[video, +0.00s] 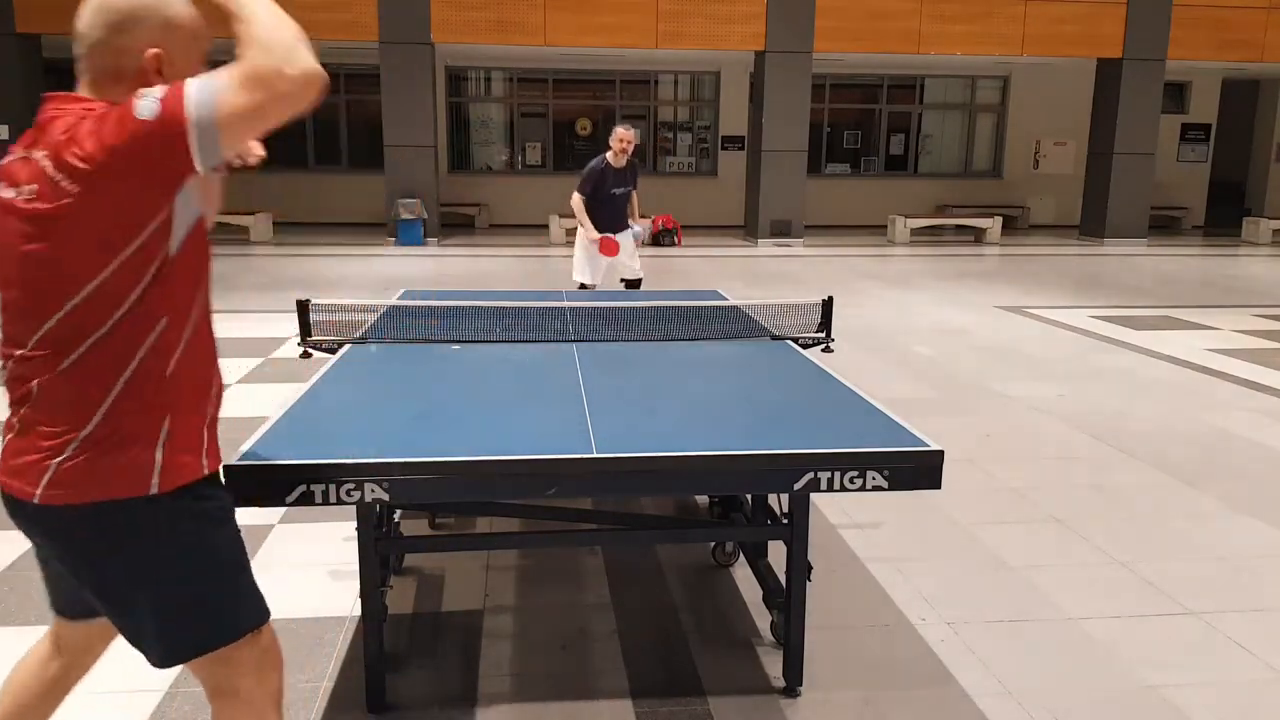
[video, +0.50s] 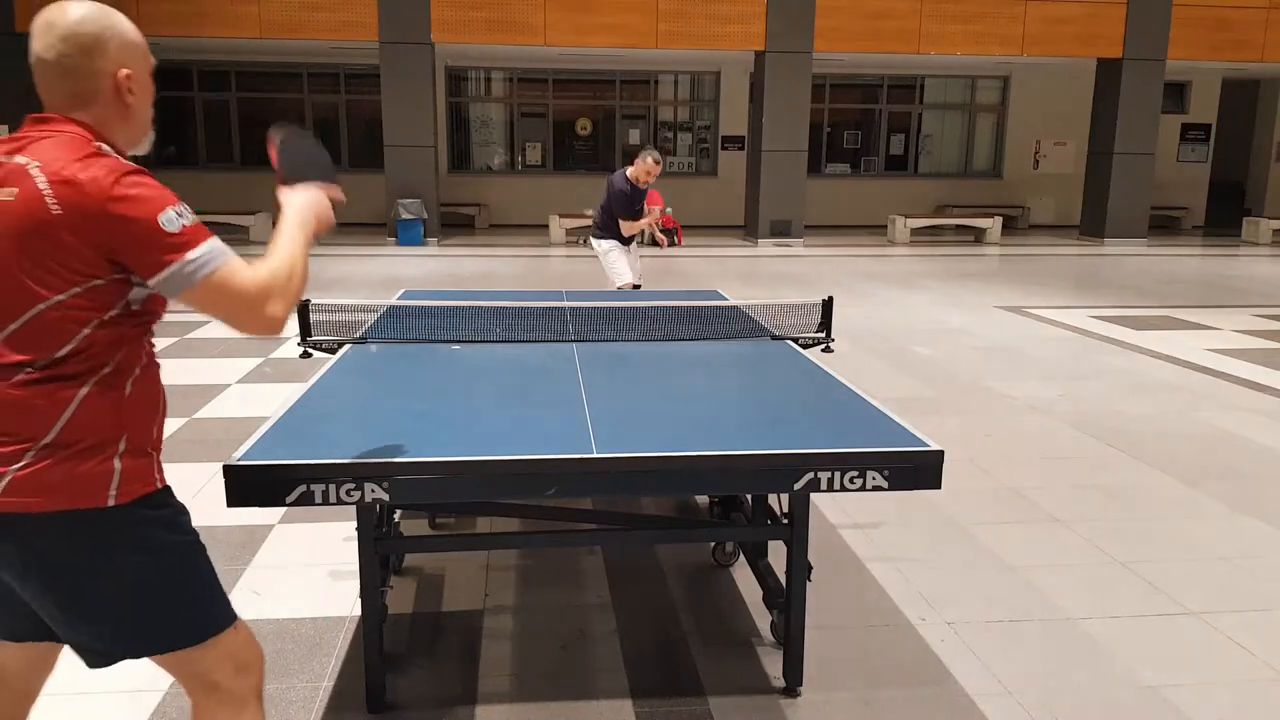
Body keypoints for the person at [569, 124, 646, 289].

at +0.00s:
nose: (624, 146)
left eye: (629, 143)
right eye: (621, 141)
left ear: (634, 145)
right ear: (611, 142)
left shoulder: (631, 166)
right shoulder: (596, 167)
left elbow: (632, 193)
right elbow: (576, 199)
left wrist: (636, 221)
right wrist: (590, 231)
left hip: (622, 233)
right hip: (594, 235)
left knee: (634, 279)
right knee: (588, 285)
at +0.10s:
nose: (631, 151)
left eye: (635, 147)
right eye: (627, 146)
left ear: (640, 149)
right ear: (617, 146)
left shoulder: (636, 171)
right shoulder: (603, 170)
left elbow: (637, 197)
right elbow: (579, 200)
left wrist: (644, 227)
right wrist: (597, 230)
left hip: (627, 238)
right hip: (599, 237)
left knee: (634, 284)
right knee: (594, 288)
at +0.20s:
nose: (638, 161)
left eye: (642, 157)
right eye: (634, 155)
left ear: (646, 158)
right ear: (624, 154)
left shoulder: (642, 179)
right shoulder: (610, 179)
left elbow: (644, 207)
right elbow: (592, 213)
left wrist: (654, 237)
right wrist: (606, 244)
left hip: (632, 241)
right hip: (605, 241)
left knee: (638, 288)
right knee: (607, 286)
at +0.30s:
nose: (643, 162)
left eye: (647, 158)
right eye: (639, 157)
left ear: (651, 159)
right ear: (629, 154)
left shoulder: (645, 177)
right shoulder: (615, 178)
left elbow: (645, 206)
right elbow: (604, 216)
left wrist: (655, 234)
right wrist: (629, 240)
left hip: (629, 237)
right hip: (605, 234)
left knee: (637, 282)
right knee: (614, 279)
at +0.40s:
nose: (648, 166)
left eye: (652, 162)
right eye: (645, 160)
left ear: (655, 162)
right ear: (633, 155)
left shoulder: (645, 176)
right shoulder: (617, 177)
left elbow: (644, 204)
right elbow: (618, 220)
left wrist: (656, 232)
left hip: (629, 233)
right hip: (605, 233)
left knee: (634, 282)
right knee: (618, 280)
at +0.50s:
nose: (650, 180)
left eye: (655, 176)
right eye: (648, 174)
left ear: (658, 174)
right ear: (636, 164)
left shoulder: (641, 183)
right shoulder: (619, 187)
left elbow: (642, 211)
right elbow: (626, 230)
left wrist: (656, 232)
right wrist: (648, 220)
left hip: (628, 238)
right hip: (606, 238)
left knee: (636, 284)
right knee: (626, 284)